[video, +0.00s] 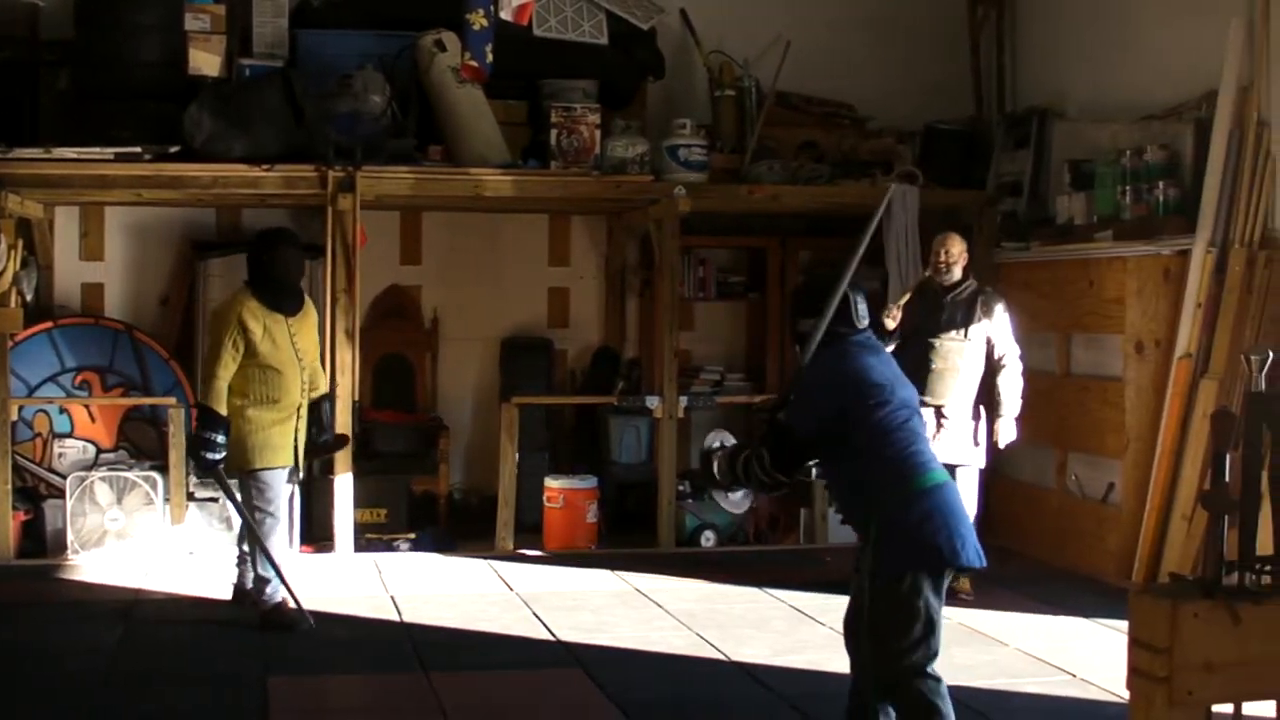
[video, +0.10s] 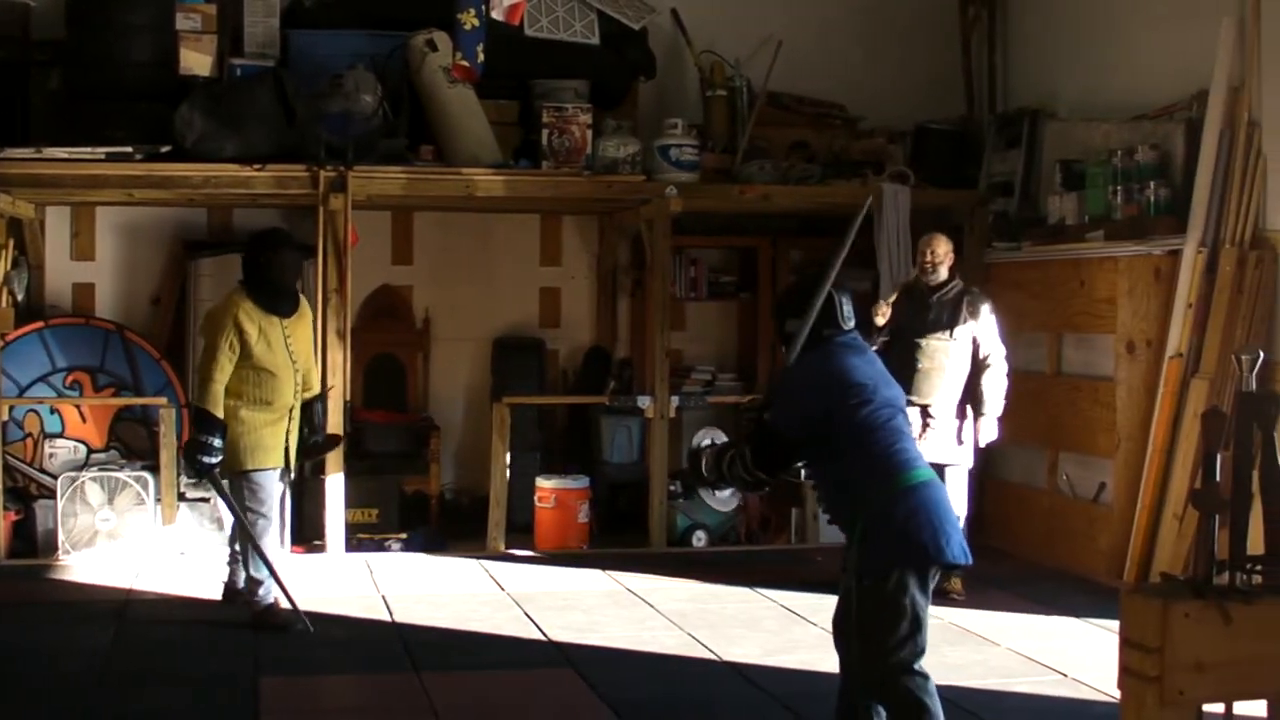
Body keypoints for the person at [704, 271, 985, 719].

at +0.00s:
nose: (795, 332)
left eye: (800, 322)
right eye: (798, 322)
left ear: (812, 321)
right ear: (857, 315)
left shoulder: (836, 365)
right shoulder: (869, 356)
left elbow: (782, 457)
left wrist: (730, 464)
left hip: (911, 526)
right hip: (898, 524)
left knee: (905, 662)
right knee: (864, 639)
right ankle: (868, 711)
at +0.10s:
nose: (782, 338)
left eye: (786, 327)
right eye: (783, 327)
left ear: (799, 326)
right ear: (839, 319)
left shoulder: (818, 369)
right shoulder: (858, 359)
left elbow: (764, 458)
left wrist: (714, 462)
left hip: (898, 523)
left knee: (893, 661)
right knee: (852, 636)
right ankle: (859, 711)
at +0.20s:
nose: (771, 334)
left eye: (776, 324)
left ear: (789, 325)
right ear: (834, 320)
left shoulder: (798, 373)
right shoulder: (854, 361)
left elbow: (751, 461)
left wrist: (701, 467)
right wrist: (749, 431)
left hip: (886, 524)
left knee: (878, 659)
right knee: (844, 636)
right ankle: (847, 713)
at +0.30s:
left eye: (777, 321)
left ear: (787, 324)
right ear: (833, 320)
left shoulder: (792, 373)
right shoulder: (853, 361)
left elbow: (753, 460)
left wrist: (708, 476)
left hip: (882, 524)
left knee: (864, 655)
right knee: (843, 638)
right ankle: (844, 712)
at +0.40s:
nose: (771, 331)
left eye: (777, 321)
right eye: (773, 320)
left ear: (787, 325)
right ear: (828, 319)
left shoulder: (802, 372)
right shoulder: (851, 361)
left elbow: (748, 460)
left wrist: (692, 480)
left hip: (878, 526)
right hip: (908, 516)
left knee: (858, 658)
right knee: (855, 649)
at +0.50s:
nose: (773, 335)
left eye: (778, 325)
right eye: (775, 325)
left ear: (790, 326)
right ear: (830, 321)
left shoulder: (803, 373)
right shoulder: (858, 364)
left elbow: (747, 462)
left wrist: (691, 477)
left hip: (879, 535)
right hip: (914, 528)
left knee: (854, 674)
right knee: (866, 668)